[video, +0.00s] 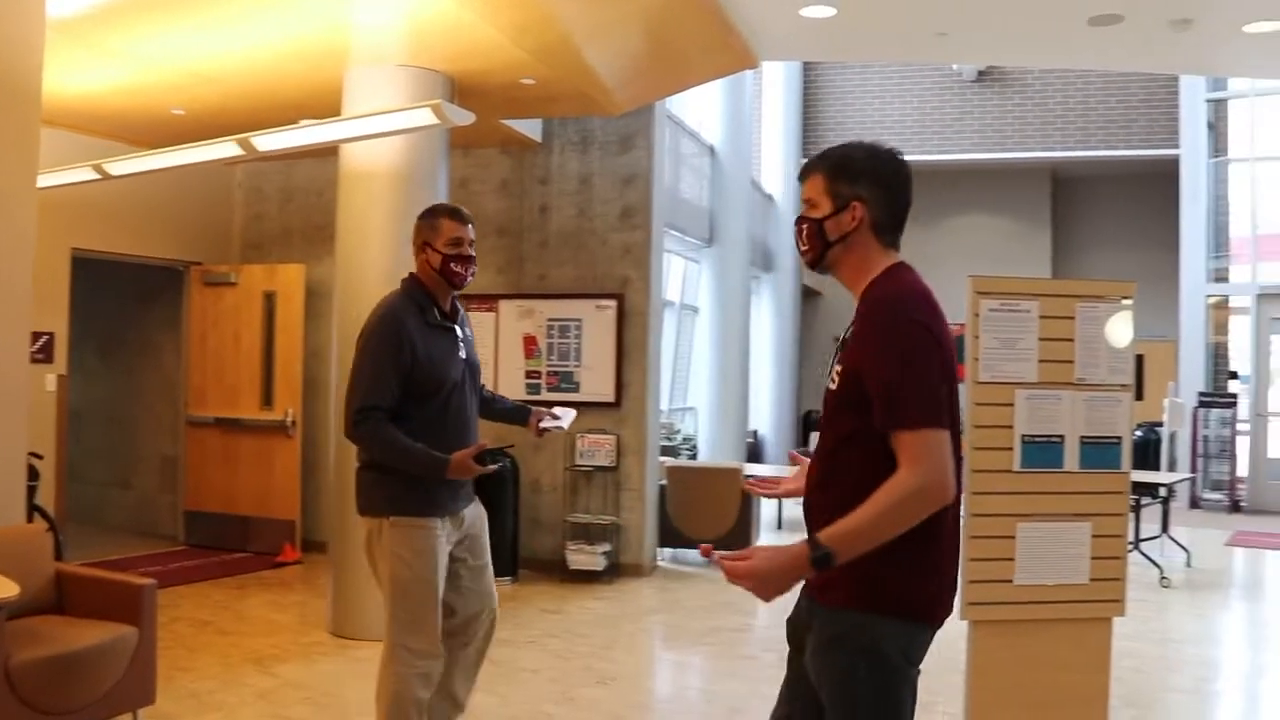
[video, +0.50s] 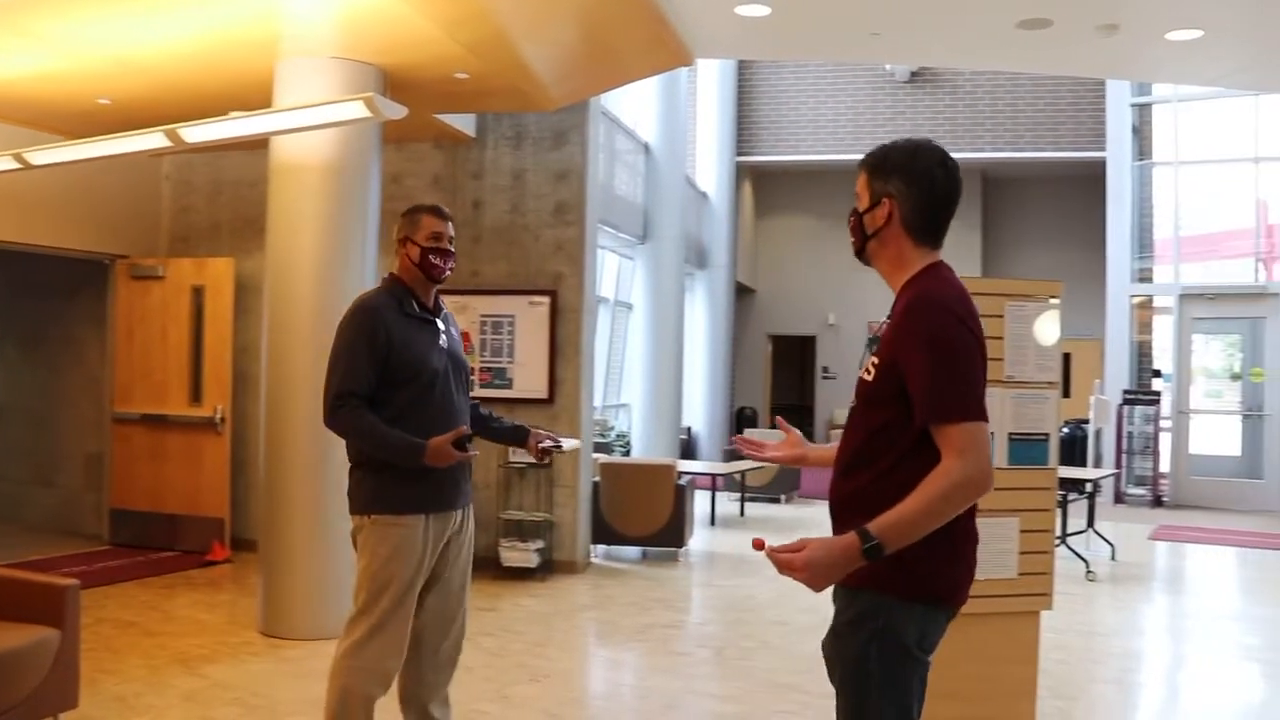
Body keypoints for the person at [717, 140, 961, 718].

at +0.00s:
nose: (800, 229)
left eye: (810, 213)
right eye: (801, 214)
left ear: (854, 217)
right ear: (853, 217)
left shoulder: (898, 306)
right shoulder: (880, 304)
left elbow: (930, 480)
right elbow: (896, 455)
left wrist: (802, 558)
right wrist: (817, 477)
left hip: (875, 611)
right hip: (841, 599)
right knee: (795, 713)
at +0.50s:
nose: (853, 218)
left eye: (859, 204)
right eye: (855, 204)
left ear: (886, 211)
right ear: (910, 213)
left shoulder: (933, 305)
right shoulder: (919, 299)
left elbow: (970, 470)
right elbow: (901, 445)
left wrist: (853, 548)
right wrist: (808, 454)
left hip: (900, 586)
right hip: (887, 579)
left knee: (874, 709)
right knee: (873, 707)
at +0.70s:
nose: (880, 226)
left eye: (887, 213)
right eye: (882, 213)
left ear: (916, 221)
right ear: (929, 224)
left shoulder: (956, 310)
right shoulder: (946, 305)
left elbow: (987, 469)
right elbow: (928, 448)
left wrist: (869, 536)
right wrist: (838, 459)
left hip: (917, 580)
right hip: (927, 576)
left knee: (874, 710)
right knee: (930, 712)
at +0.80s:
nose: (888, 232)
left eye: (895, 219)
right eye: (890, 219)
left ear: (925, 228)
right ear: (936, 231)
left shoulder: (966, 314)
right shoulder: (954, 310)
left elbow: (994, 469)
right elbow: (943, 452)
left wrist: (877, 533)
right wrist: (853, 465)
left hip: (926, 583)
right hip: (933, 580)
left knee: (878, 710)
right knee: (941, 712)